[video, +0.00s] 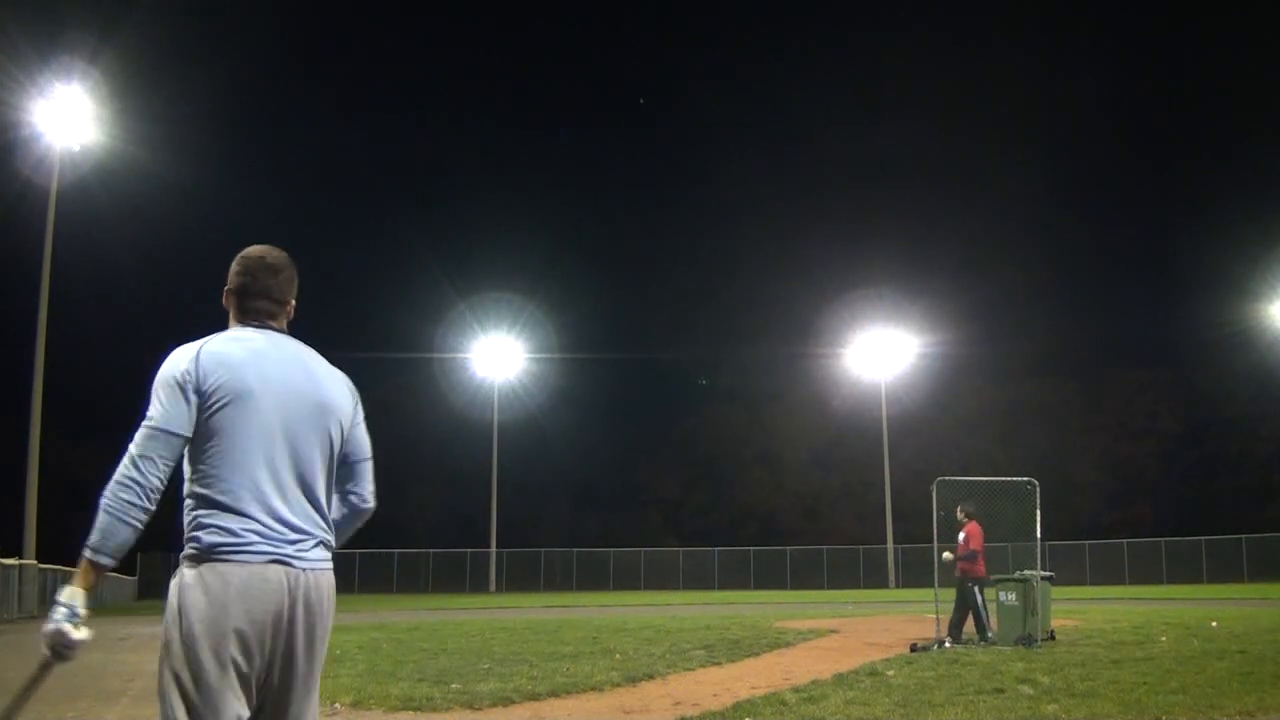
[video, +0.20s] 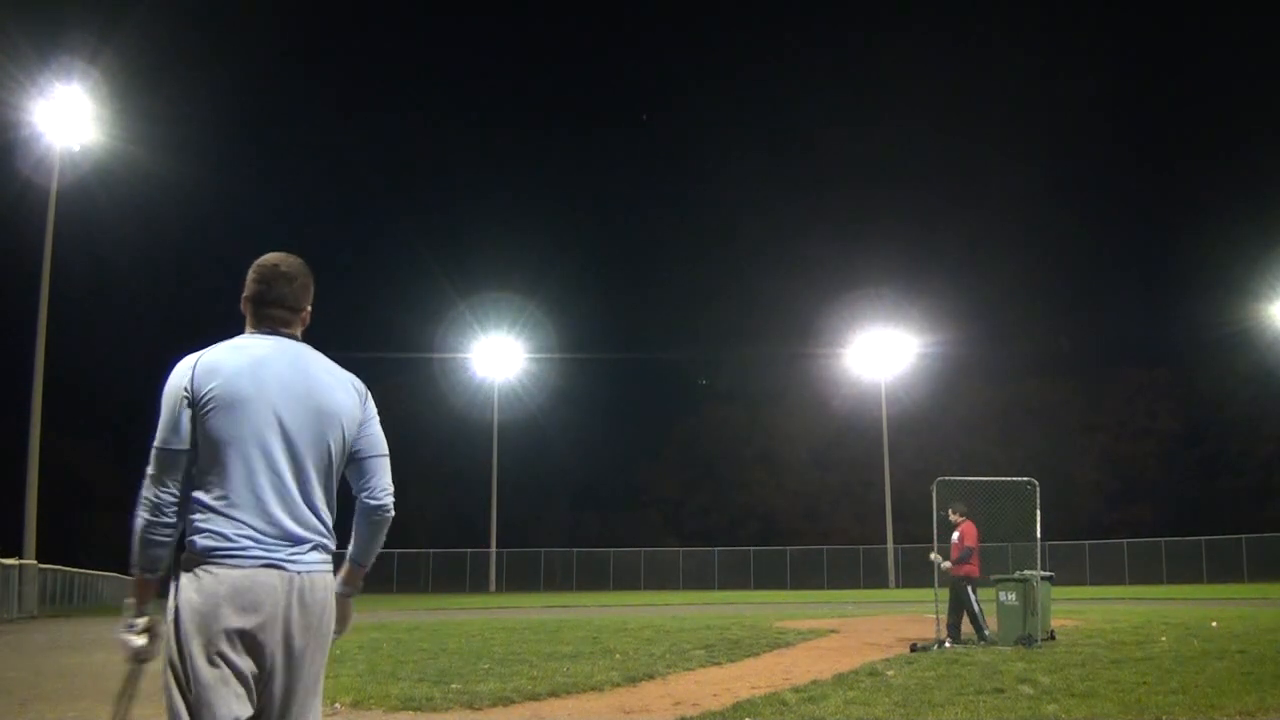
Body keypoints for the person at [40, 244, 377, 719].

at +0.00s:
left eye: (226, 290)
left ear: (226, 298)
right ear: (290, 309)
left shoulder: (194, 362)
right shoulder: (337, 383)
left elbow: (141, 477)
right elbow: (359, 497)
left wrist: (79, 588)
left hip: (221, 585)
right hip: (312, 589)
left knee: (205, 711)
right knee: (293, 714)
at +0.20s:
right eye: (308, 308)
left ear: (243, 304)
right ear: (305, 315)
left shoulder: (196, 371)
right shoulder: (349, 389)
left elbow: (162, 499)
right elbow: (377, 501)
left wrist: (142, 605)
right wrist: (346, 585)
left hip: (216, 590)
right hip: (309, 596)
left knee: (215, 712)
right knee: (296, 713)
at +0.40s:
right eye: (322, 312)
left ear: (259, 311)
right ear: (319, 319)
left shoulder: (204, 371)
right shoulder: (355, 389)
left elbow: (175, 502)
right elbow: (375, 509)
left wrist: (192, 574)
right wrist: (362, 586)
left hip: (226, 591)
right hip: (325, 593)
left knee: (202, 712)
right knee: (316, 713)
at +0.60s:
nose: (315, 319)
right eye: (316, 313)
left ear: (257, 314)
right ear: (315, 318)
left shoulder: (201, 376)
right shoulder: (346, 388)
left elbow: (167, 498)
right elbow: (371, 501)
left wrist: (207, 559)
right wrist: (391, 567)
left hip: (220, 591)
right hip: (316, 589)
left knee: (209, 713)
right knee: (318, 713)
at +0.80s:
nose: (294, 320)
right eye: (294, 313)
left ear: (233, 317)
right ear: (290, 319)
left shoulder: (177, 385)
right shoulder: (319, 387)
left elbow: (159, 503)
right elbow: (359, 494)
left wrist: (201, 548)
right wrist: (404, 552)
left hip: (198, 589)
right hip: (289, 588)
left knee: (198, 711)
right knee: (305, 712)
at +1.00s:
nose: (257, 318)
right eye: (256, 310)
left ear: (193, 316)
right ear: (250, 315)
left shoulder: (144, 387)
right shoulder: (275, 383)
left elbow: (189, 480)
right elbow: (329, 483)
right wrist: (386, 546)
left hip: (166, 587)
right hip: (254, 589)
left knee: (169, 713)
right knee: (271, 711)